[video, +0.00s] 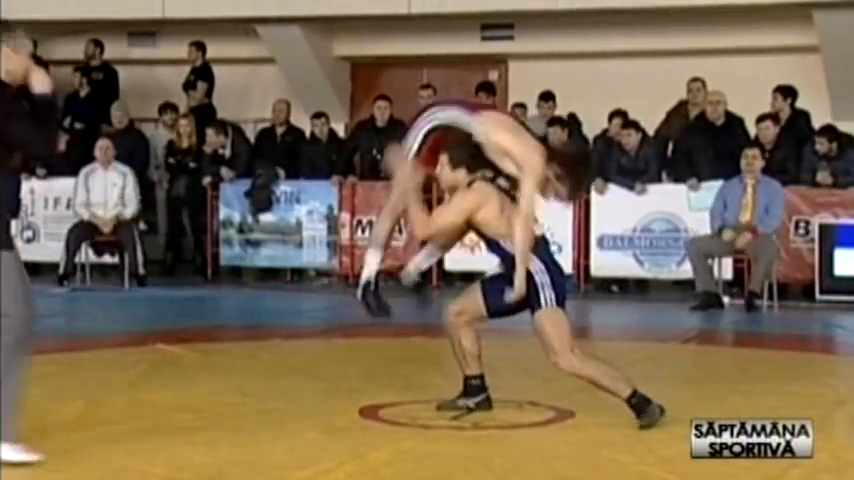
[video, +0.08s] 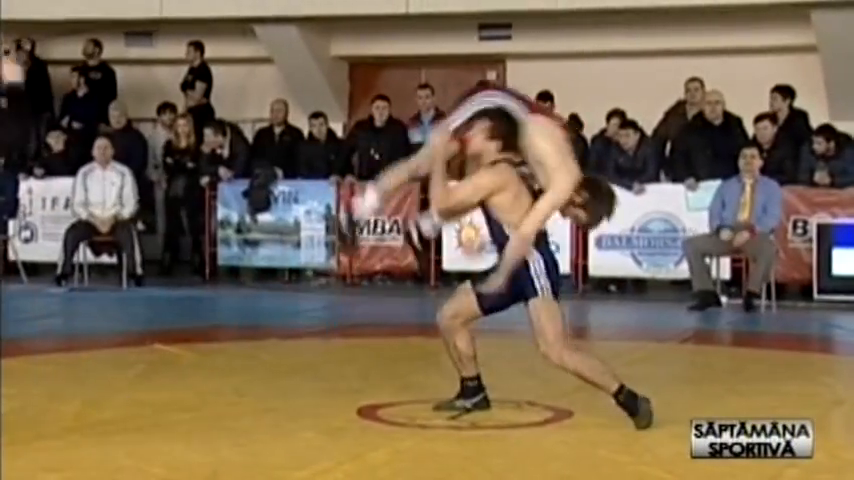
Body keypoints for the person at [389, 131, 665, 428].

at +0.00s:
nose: (438, 172)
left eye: (442, 166)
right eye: (439, 166)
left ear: (457, 166)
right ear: (467, 166)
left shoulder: (472, 195)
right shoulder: (478, 191)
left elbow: (423, 230)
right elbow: (442, 240)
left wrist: (409, 187)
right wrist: (424, 195)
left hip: (538, 271)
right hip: (518, 270)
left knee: (563, 356)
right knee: (457, 314)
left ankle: (639, 402)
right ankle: (475, 391)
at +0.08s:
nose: (466, 137)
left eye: (474, 132)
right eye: (470, 130)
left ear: (492, 140)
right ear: (495, 142)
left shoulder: (499, 173)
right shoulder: (492, 172)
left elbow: (442, 204)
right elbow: (449, 206)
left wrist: (439, 158)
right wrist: (441, 161)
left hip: (533, 264)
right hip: (511, 265)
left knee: (554, 349)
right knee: (451, 318)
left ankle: (628, 398)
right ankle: (472, 392)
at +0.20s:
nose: (525, 110)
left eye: (533, 106)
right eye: (528, 105)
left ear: (548, 117)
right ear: (545, 116)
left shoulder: (544, 149)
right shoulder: (535, 146)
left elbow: (483, 158)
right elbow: (489, 157)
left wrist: (485, 118)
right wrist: (491, 119)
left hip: (551, 247)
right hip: (522, 248)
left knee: (572, 335)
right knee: (472, 317)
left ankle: (630, 397)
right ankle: (471, 390)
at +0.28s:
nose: (541, 97)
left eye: (548, 93)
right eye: (542, 91)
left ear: (565, 103)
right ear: (547, 99)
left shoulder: (569, 134)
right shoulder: (541, 128)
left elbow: (506, 151)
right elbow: (507, 150)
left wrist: (511, 109)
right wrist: (512, 100)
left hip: (574, 242)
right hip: (538, 241)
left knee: (595, 328)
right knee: (492, 311)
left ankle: (641, 397)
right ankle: (481, 382)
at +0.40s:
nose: (558, 104)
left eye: (568, 99)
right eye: (555, 95)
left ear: (586, 107)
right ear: (550, 94)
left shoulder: (585, 142)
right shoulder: (549, 127)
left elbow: (563, 203)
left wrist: (516, 176)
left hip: (601, 227)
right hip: (562, 227)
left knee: (624, 316)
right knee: (533, 310)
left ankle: (640, 395)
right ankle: (547, 393)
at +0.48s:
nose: (607, 116)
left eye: (614, 110)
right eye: (601, 107)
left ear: (621, 111)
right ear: (585, 104)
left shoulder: (620, 150)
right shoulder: (572, 124)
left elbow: (614, 215)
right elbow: (533, 138)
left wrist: (566, 210)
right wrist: (536, 103)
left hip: (618, 239)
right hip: (578, 237)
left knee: (650, 312)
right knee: (546, 321)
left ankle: (658, 394)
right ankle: (550, 397)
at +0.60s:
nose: (652, 131)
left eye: (657, 123)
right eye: (645, 122)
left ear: (662, 125)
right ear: (623, 120)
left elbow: (689, 210)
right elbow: (543, 161)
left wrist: (654, 236)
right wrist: (586, 126)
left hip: (639, 271)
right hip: (594, 268)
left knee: (694, 311)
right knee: (554, 340)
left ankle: (661, 397)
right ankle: (529, 376)